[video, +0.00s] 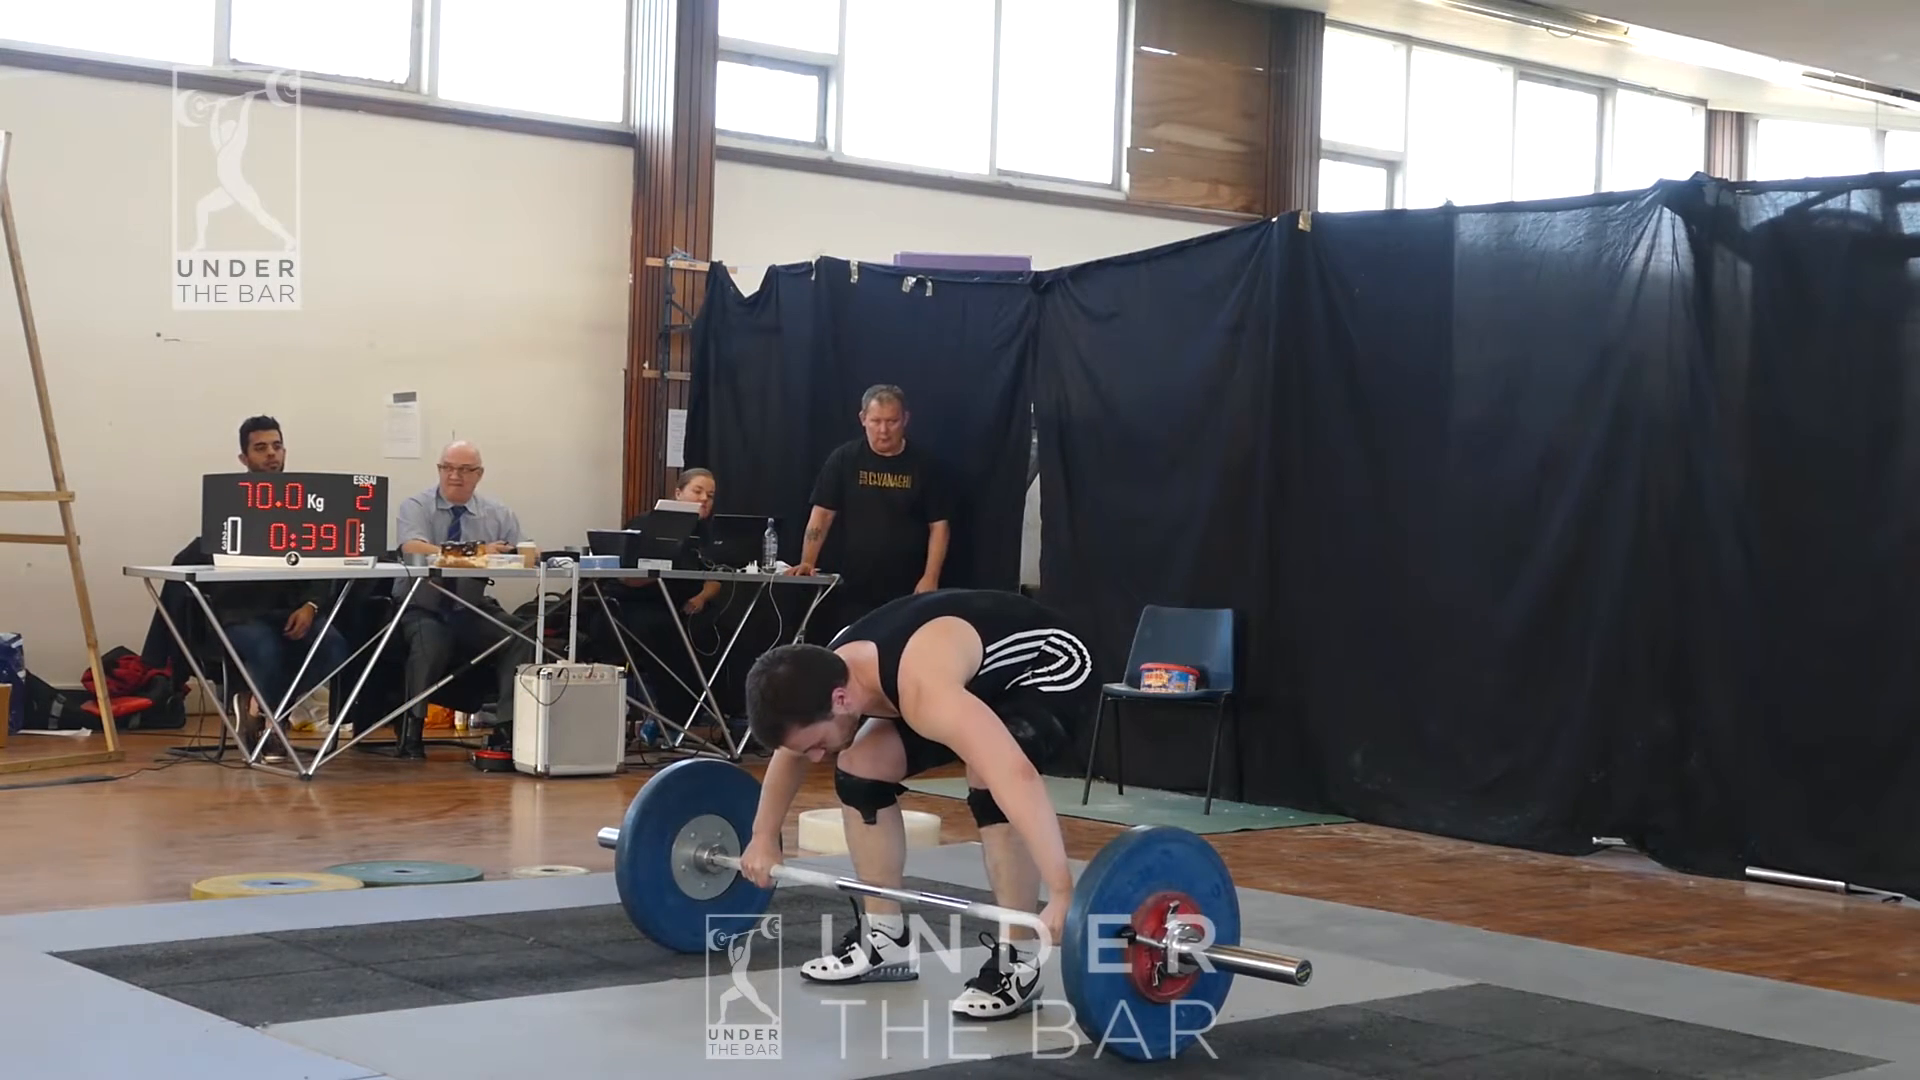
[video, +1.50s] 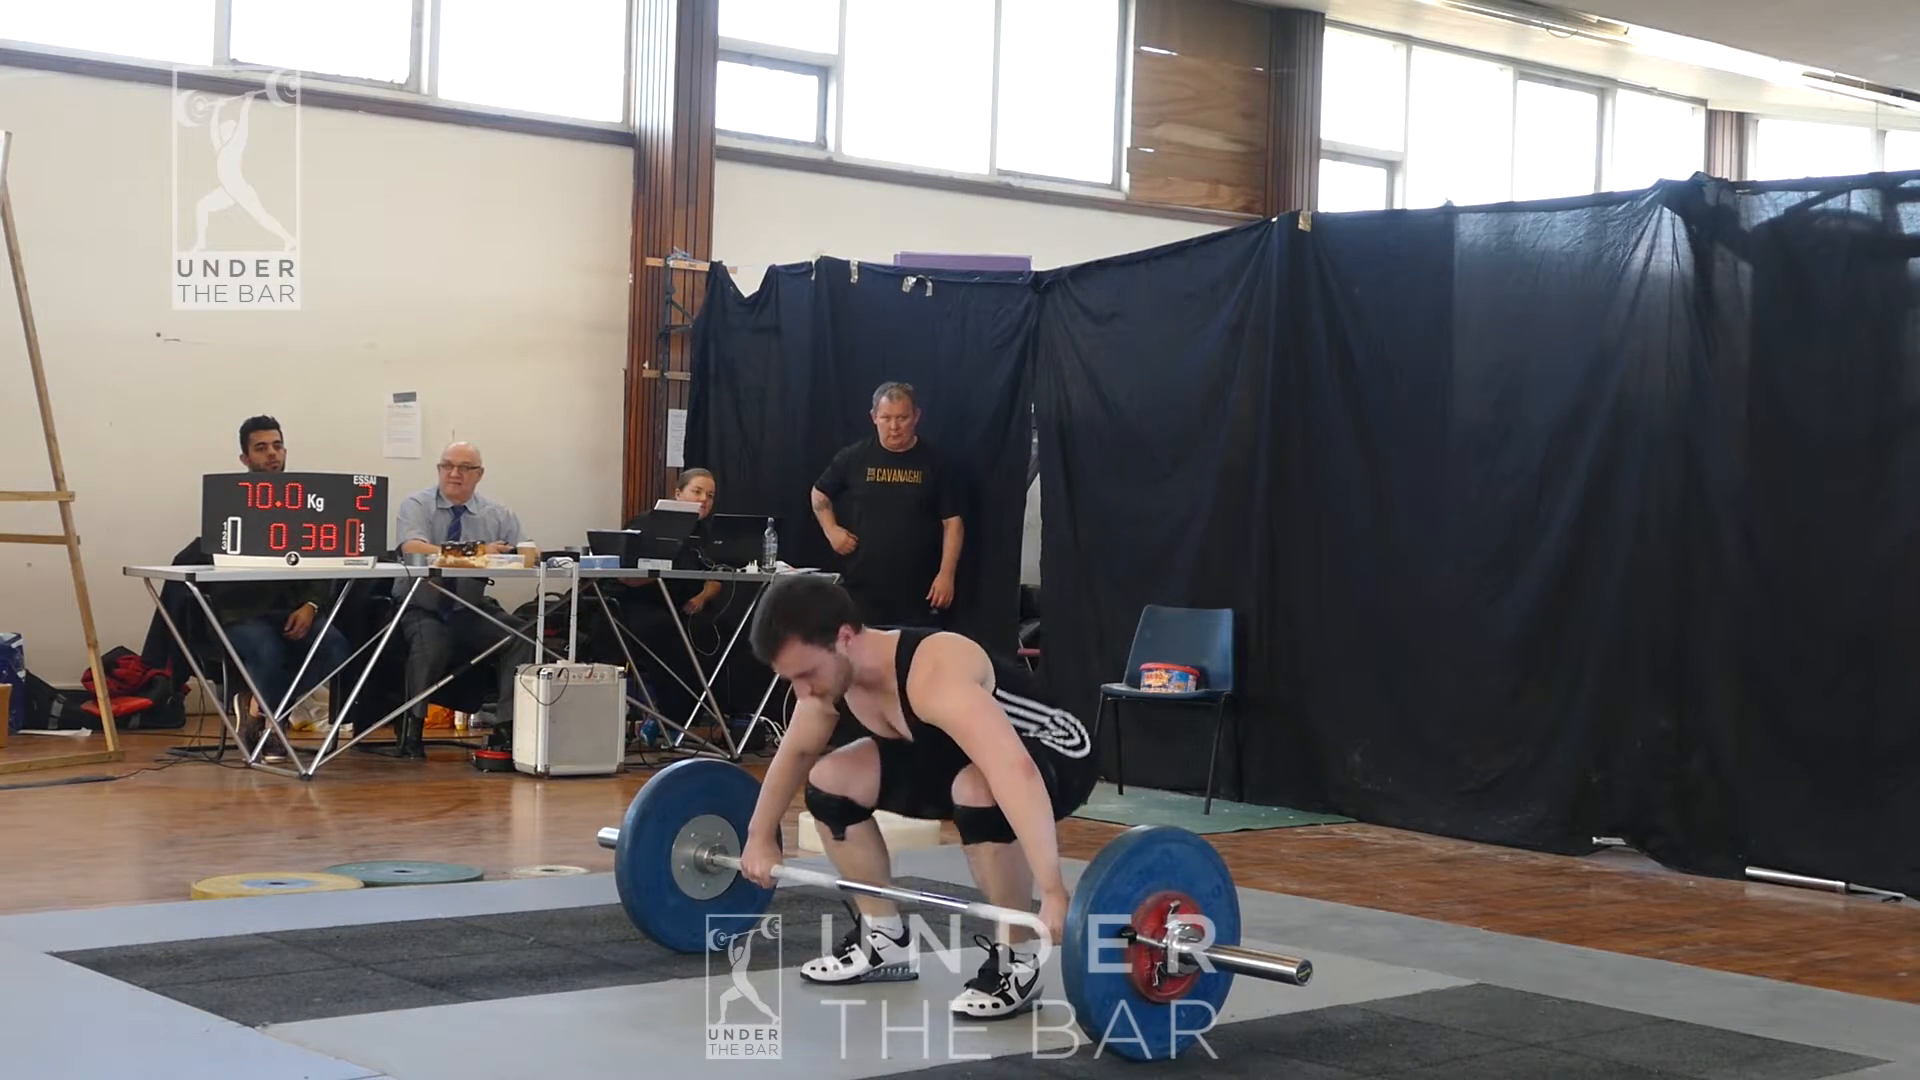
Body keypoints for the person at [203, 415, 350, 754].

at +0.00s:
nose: (272, 454)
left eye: (277, 446)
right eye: (261, 447)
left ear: (284, 451)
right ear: (244, 457)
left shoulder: (302, 497)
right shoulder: (233, 499)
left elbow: (328, 558)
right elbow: (214, 555)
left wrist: (312, 604)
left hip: (293, 608)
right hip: (244, 609)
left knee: (333, 648)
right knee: (267, 649)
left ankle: (255, 707)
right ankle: (273, 730)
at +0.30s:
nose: (273, 454)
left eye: (278, 446)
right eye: (262, 448)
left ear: (285, 451)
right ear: (245, 458)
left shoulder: (302, 497)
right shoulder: (233, 499)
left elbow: (327, 557)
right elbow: (217, 557)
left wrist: (312, 605)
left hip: (293, 607)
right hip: (244, 609)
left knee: (334, 647)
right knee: (265, 649)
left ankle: (256, 706)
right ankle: (275, 730)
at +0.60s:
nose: (271, 453)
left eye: (276, 445)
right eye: (261, 447)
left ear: (284, 450)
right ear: (245, 458)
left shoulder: (302, 497)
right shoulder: (233, 498)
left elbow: (328, 558)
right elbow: (220, 557)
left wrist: (312, 605)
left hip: (294, 607)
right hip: (244, 609)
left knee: (334, 647)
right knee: (265, 648)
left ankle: (256, 707)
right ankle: (274, 732)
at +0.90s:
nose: (271, 453)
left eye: (276, 445)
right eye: (261, 447)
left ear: (284, 450)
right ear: (244, 458)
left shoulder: (303, 497)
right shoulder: (233, 499)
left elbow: (330, 558)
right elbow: (221, 558)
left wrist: (312, 606)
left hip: (294, 607)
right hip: (244, 609)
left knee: (334, 648)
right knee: (265, 649)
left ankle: (257, 707)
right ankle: (274, 734)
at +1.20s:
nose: (272, 453)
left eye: (277, 446)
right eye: (261, 447)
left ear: (284, 450)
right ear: (245, 458)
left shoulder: (302, 497)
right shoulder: (233, 499)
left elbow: (329, 559)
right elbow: (220, 558)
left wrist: (312, 606)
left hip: (294, 607)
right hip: (244, 609)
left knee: (334, 647)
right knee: (265, 648)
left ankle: (257, 708)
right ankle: (274, 734)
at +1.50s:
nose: (272, 453)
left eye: (277, 446)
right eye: (261, 447)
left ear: (285, 451)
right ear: (245, 458)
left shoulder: (303, 497)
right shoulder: (233, 500)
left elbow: (328, 557)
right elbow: (223, 559)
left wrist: (312, 605)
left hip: (294, 607)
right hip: (245, 610)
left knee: (335, 648)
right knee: (268, 651)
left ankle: (257, 708)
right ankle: (273, 733)